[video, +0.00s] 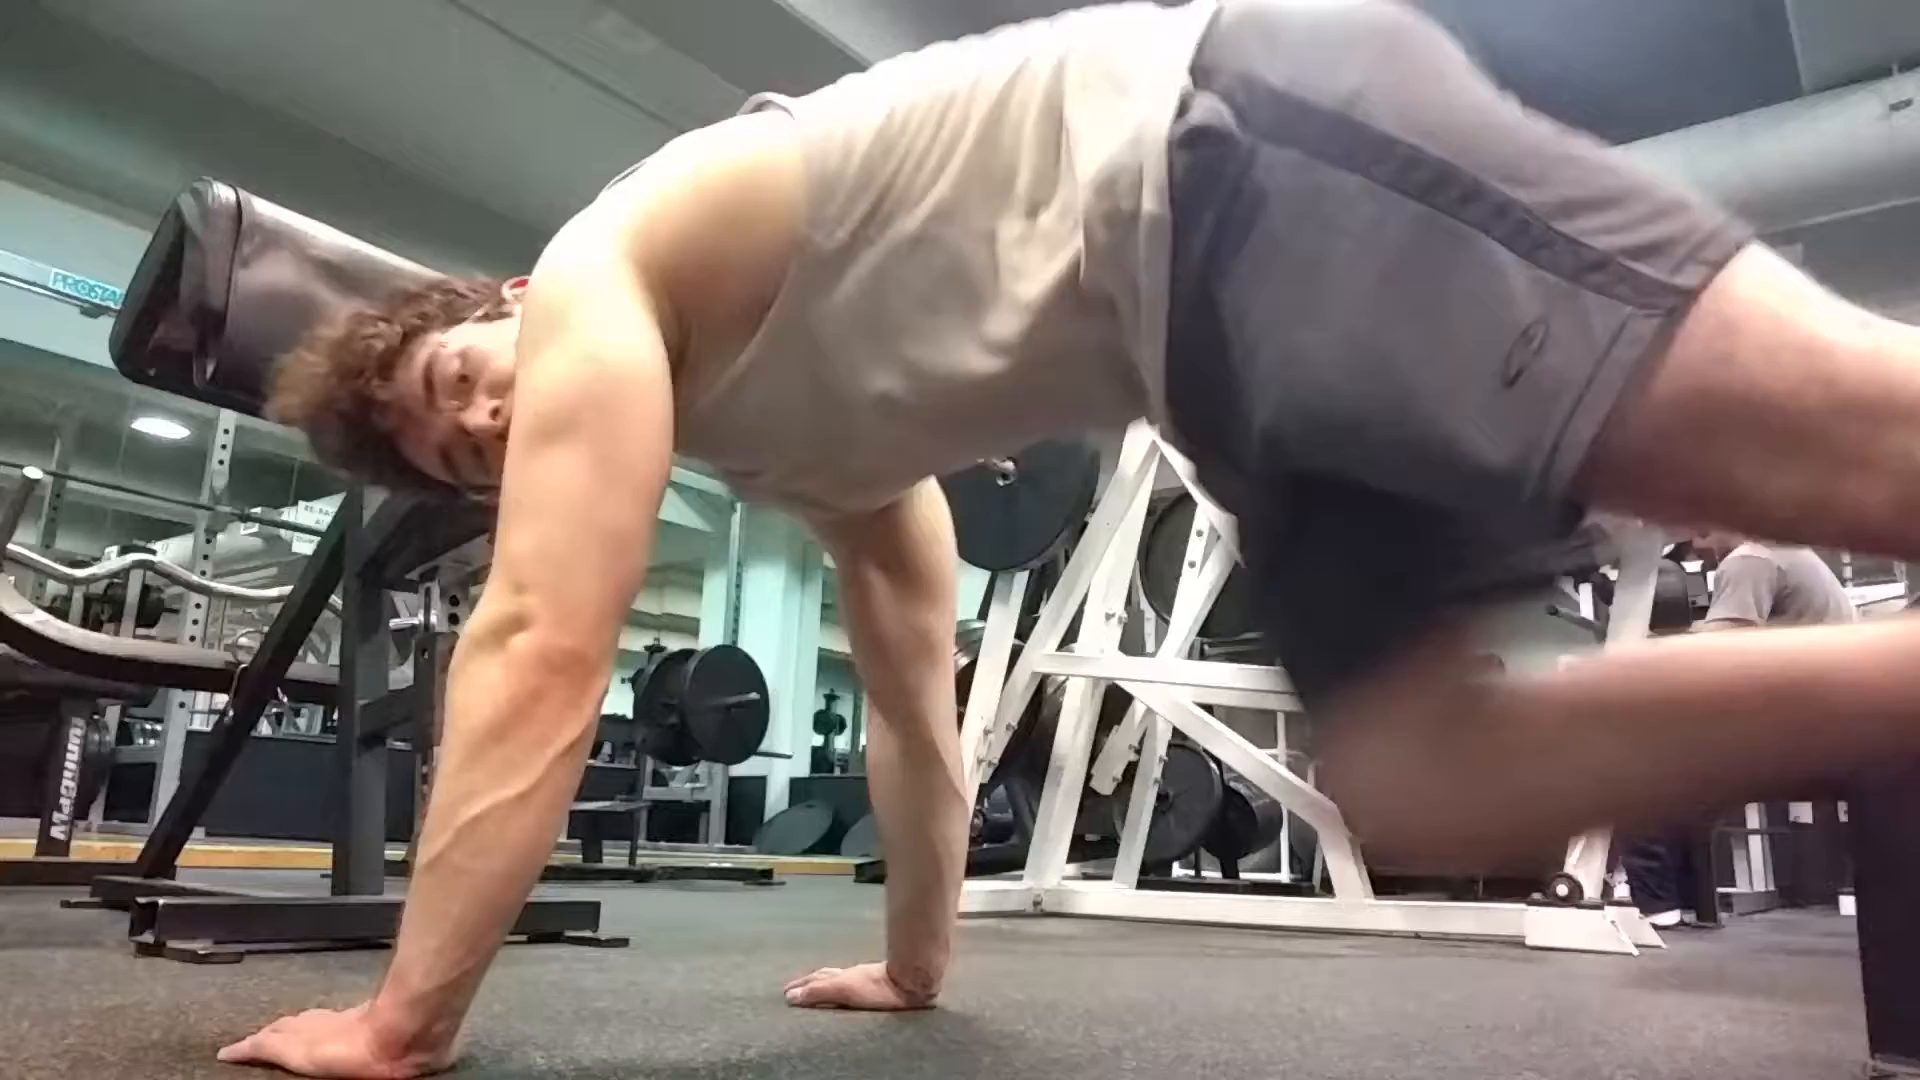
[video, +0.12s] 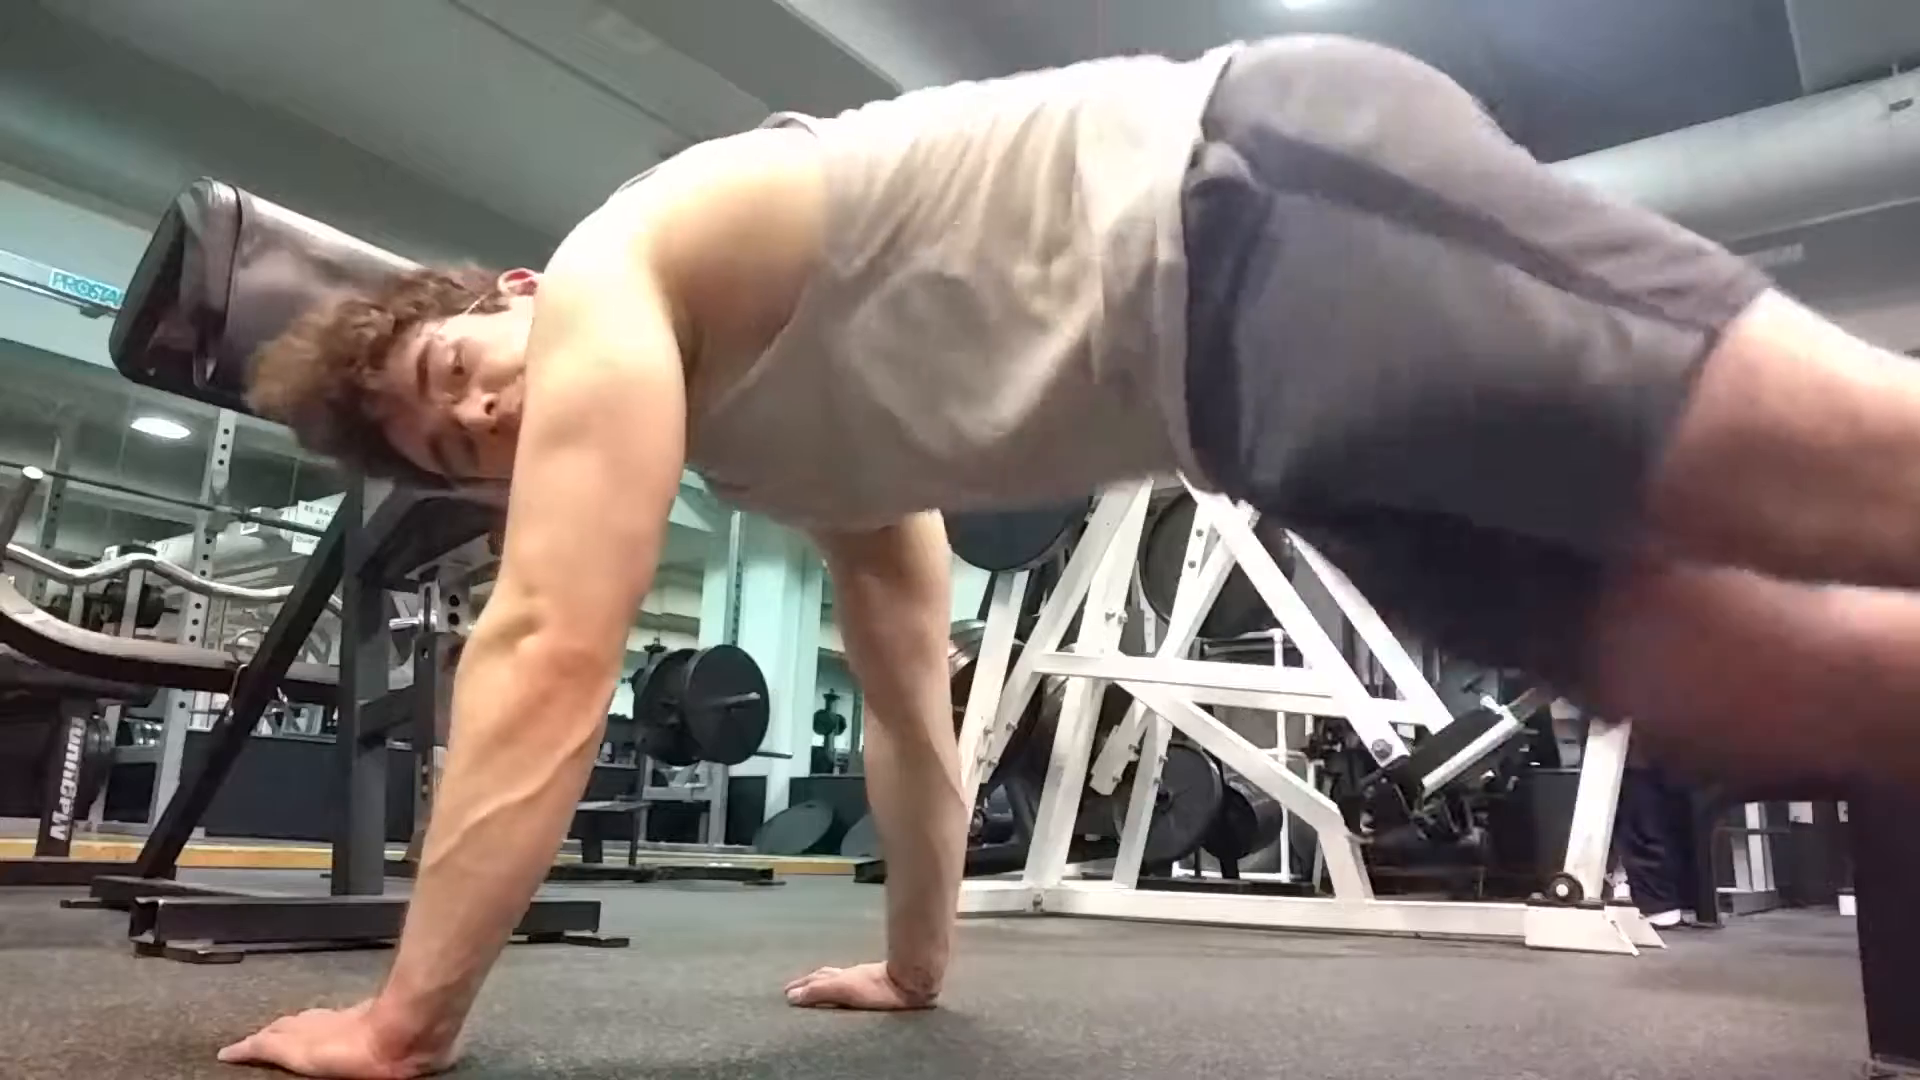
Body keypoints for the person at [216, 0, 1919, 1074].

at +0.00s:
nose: (453, 424)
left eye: (439, 375)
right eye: (421, 442)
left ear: (484, 304)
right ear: (448, 467)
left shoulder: (596, 279)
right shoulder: (810, 427)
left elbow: (539, 655)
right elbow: (908, 673)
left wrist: (407, 1008)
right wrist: (916, 965)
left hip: (1234, 155)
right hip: (1223, 366)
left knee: (1843, 435)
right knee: (1421, 794)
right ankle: (1914, 683)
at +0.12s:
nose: (450, 409)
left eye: (434, 361)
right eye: (417, 434)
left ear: (481, 292)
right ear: (445, 468)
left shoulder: (615, 277)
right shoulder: (800, 416)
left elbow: (541, 662)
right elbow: (901, 654)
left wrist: (406, 1006)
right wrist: (918, 965)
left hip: (1259, 217)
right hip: (1248, 407)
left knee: (1855, 462)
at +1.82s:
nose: (554, 455)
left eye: (540, 412)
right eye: (540, 430)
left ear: (559, 337)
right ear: (626, 331)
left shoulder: (635, 322)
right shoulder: (820, 441)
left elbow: (574, 658)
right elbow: (914, 692)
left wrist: (461, 1018)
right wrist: (926, 963)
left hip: (1221, 390)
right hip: (1242, 565)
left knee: (1842, 583)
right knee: (1835, 693)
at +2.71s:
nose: (433, 596)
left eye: (426, 564)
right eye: (425, 580)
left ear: (444, 492)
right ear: (556, 424)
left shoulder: (534, 492)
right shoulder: (720, 498)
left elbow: (611, 676)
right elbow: (985, 733)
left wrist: (469, 1010)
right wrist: (924, 975)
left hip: (1108, 601)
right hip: (1119, 666)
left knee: (1819, 692)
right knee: (1782, 766)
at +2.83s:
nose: (410, 701)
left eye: (400, 662)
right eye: (401, 682)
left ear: (422, 589)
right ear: (522, 530)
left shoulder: (492, 585)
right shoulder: (653, 573)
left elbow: (601, 693)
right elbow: (908, 704)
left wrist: (464, 1018)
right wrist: (933, 959)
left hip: (1064, 692)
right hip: (1079, 735)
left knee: (1765, 757)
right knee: (1741, 796)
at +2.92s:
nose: (408, 720)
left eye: (402, 679)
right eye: (409, 703)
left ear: (425, 604)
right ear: (528, 561)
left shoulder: (481, 619)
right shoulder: (649, 606)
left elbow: (598, 694)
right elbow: (896, 727)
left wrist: (461, 1020)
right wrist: (934, 957)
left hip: (1048, 716)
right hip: (1064, 811)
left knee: (1759, 788)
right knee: (1741, 818)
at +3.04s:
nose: (431, 849)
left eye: (408, 830)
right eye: (426, 828)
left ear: (403, 759)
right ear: (458, 717)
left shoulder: (447, 721)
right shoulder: (544, 755)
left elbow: (607, 697)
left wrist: (458, 1014)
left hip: (1020, 796)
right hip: (1034, 850)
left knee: (1718, 842)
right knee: (1709, 853)